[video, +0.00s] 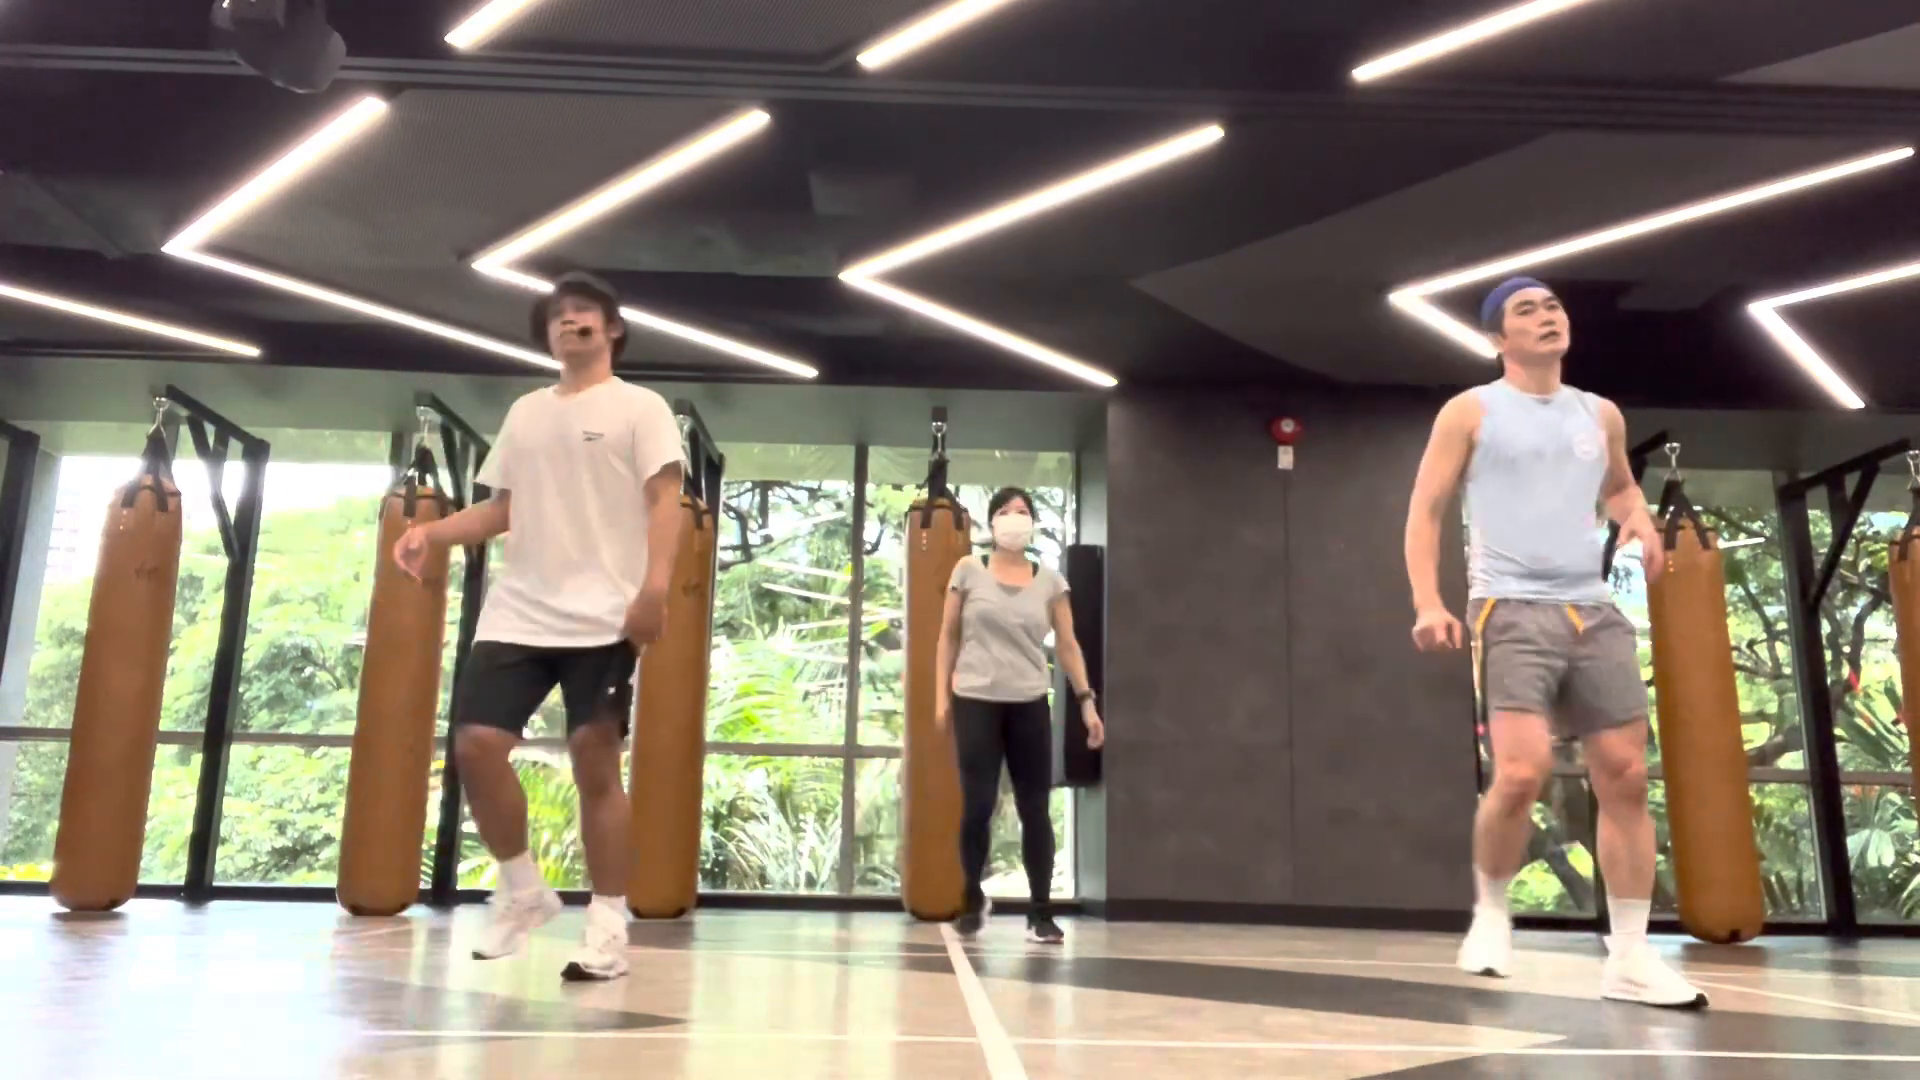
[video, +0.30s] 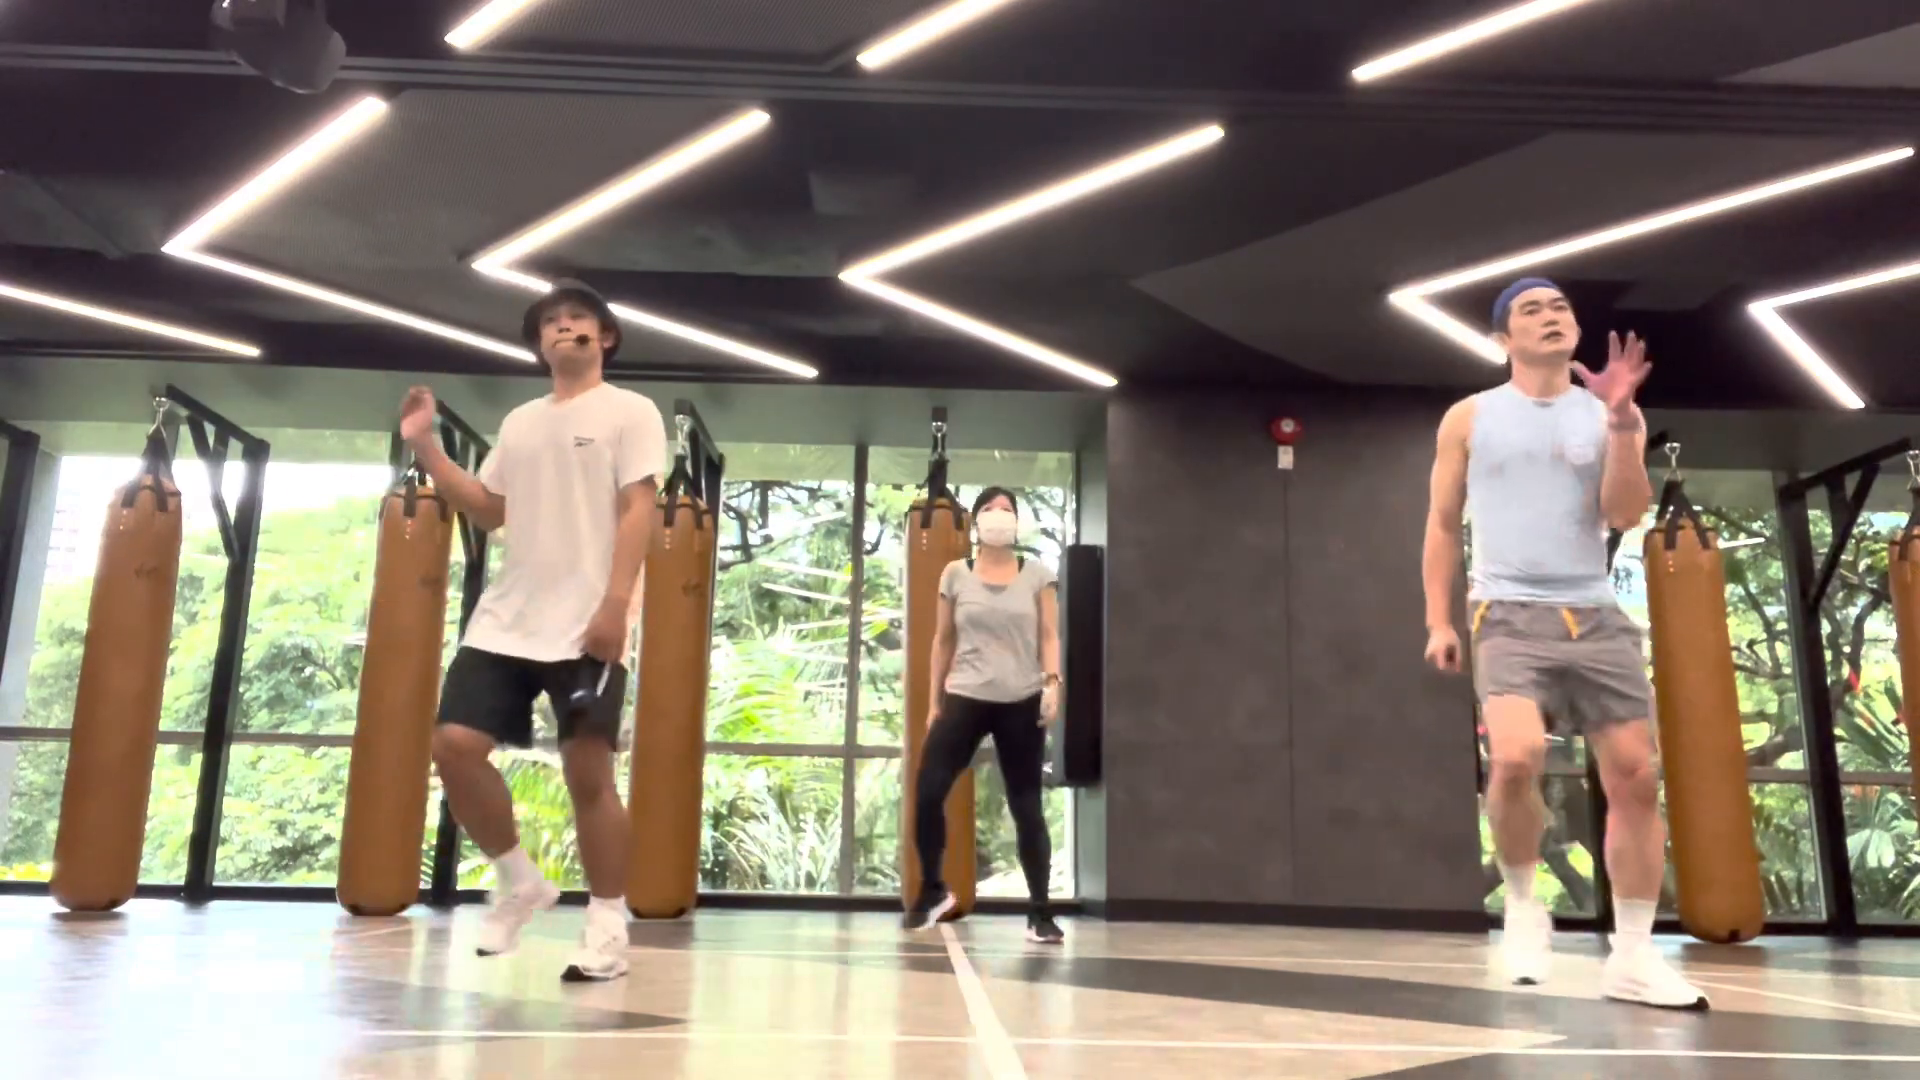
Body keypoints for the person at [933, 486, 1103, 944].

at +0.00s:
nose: (1014, 519)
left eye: (1022, 513)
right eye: (1004, 513)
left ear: (1033, 528)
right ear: (990, 526)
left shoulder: (1048, 580)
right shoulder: (969, 570)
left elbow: (1068, 645)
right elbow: (948, 635)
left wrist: (1087, 700)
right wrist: (942, 694)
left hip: (1030, 702)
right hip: (975, 700)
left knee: (1035, 809)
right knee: (978, 804)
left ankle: (1040, 912)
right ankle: (972, 900)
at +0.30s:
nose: (1000, 518)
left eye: (1007, 512)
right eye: (991, 512)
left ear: (1018, 525)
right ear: (974, 524)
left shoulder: (1035, 572)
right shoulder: (955, 573)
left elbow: (1048, 634)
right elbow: (942, 640)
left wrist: (1052, 684)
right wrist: (935, 703)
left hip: (1020, 701)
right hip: (965, 699)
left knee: (1028, 807)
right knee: (928, 789)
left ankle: (1039, 913)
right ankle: (933, 890)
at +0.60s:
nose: (937, 532)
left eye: (946, 525)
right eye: (928, 524)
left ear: (959, 537)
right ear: (911, 534)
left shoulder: (970, 589)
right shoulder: (890, 587)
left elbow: (988, 651)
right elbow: (880, 654)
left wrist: (996, 697)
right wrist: (872, 707)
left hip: (951, 718)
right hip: (892, 717)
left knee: (989, 813)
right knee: (852, 814)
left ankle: (1037, 907)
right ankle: (823, 907)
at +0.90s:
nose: (892, 516)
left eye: (901, 510)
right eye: (884, 508)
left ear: (910, 524)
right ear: (867, 518)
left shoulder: (919, 576)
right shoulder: (839, 565)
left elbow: (926, 641)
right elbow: (809, 625)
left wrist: (929, 695)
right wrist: (788, 679)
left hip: (898, 696)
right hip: (842, 695)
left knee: (894, 793)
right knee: (831, 803)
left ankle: (908, 894)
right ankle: (822, 904)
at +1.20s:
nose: (899, 513)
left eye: (908, 509)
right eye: (891, 506)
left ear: (916, 526)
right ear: (873, 519)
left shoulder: (921, 579)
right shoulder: (846, 557)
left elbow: (913, 638)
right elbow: (811, 615)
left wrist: (914, 685)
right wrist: (795, 671)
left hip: (899, 694)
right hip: (843, 693)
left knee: (922, 785)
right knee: (831, 802)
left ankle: (919, 885)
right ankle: (818, 904)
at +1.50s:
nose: (949, 529)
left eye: (957, 522)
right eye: (938, 522)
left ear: (967, 535)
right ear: (922, 533)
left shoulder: (976, 593)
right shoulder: (903, 578)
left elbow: (974, 657)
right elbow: (870, 638)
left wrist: (972, 706)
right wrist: (849, 691)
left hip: (959, 717)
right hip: (901, 715)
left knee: (994, 814)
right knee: (866, 813)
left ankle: (1026, 916)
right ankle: (822, 907)